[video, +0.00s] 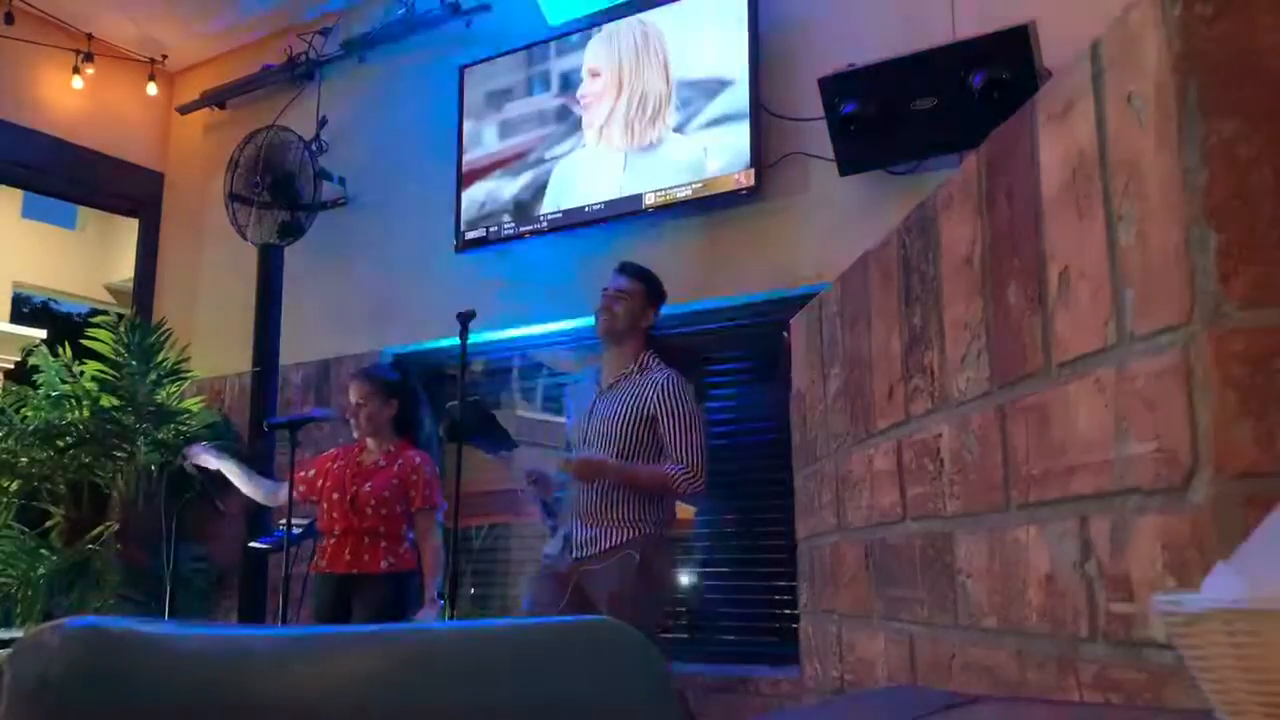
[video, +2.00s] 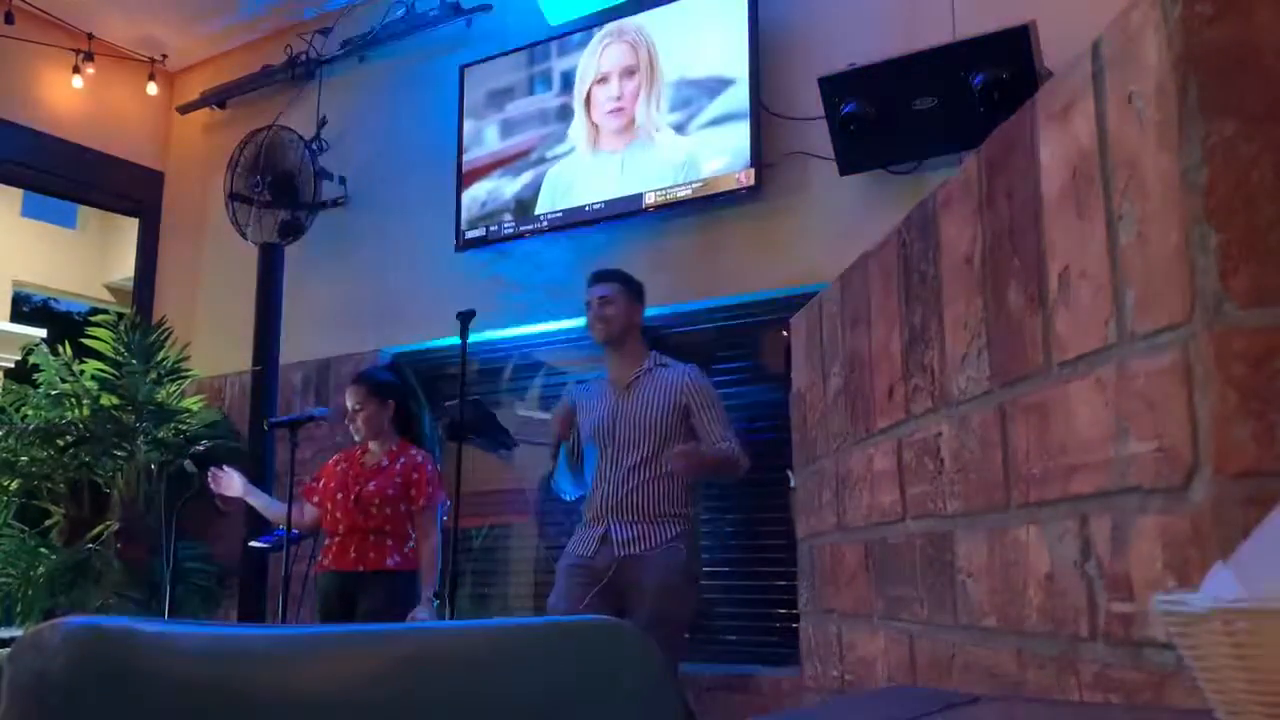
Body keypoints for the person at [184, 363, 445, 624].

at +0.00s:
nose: (351, 413)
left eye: (361, 405)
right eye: (350, 405)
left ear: (391, 407)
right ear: (348, 406)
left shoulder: (415, 464)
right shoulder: (335, 461)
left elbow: (429, 537)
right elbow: (274, 495)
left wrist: (431, 602)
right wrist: (222, 463)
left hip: (386, 584)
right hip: (330, 583)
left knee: (376, 679)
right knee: (322, 675)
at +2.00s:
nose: (349, 419)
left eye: (358, 410)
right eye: (348, 412)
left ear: (388, 408)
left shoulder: (417, 464)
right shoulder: (340, 464)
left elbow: (428, 536)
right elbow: (302, 517)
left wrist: (427, 601)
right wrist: (246, 491)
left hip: (389, 582)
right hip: (335, 582)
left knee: (383, 680)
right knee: (333, 679)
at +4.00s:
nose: (343, 417)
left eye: (351, 407)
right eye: (342, 409)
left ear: (380, 408)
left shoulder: (408, 463)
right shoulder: (341, 464)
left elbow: (419, 537)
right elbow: (303, 518)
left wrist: (415, 601)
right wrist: (251, 481)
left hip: (383, 581)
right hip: (334, 580)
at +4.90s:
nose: (341, 416)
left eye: (349, 406)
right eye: (339, 409)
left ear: (380, 406)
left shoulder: (408, 462)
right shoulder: (338, 464)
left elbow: (418, 537)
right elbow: (318, 526)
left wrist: (415, 601)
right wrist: (256, 517)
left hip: (382, 581)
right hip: (331, 579)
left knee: (371, 677)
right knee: (330, 676)